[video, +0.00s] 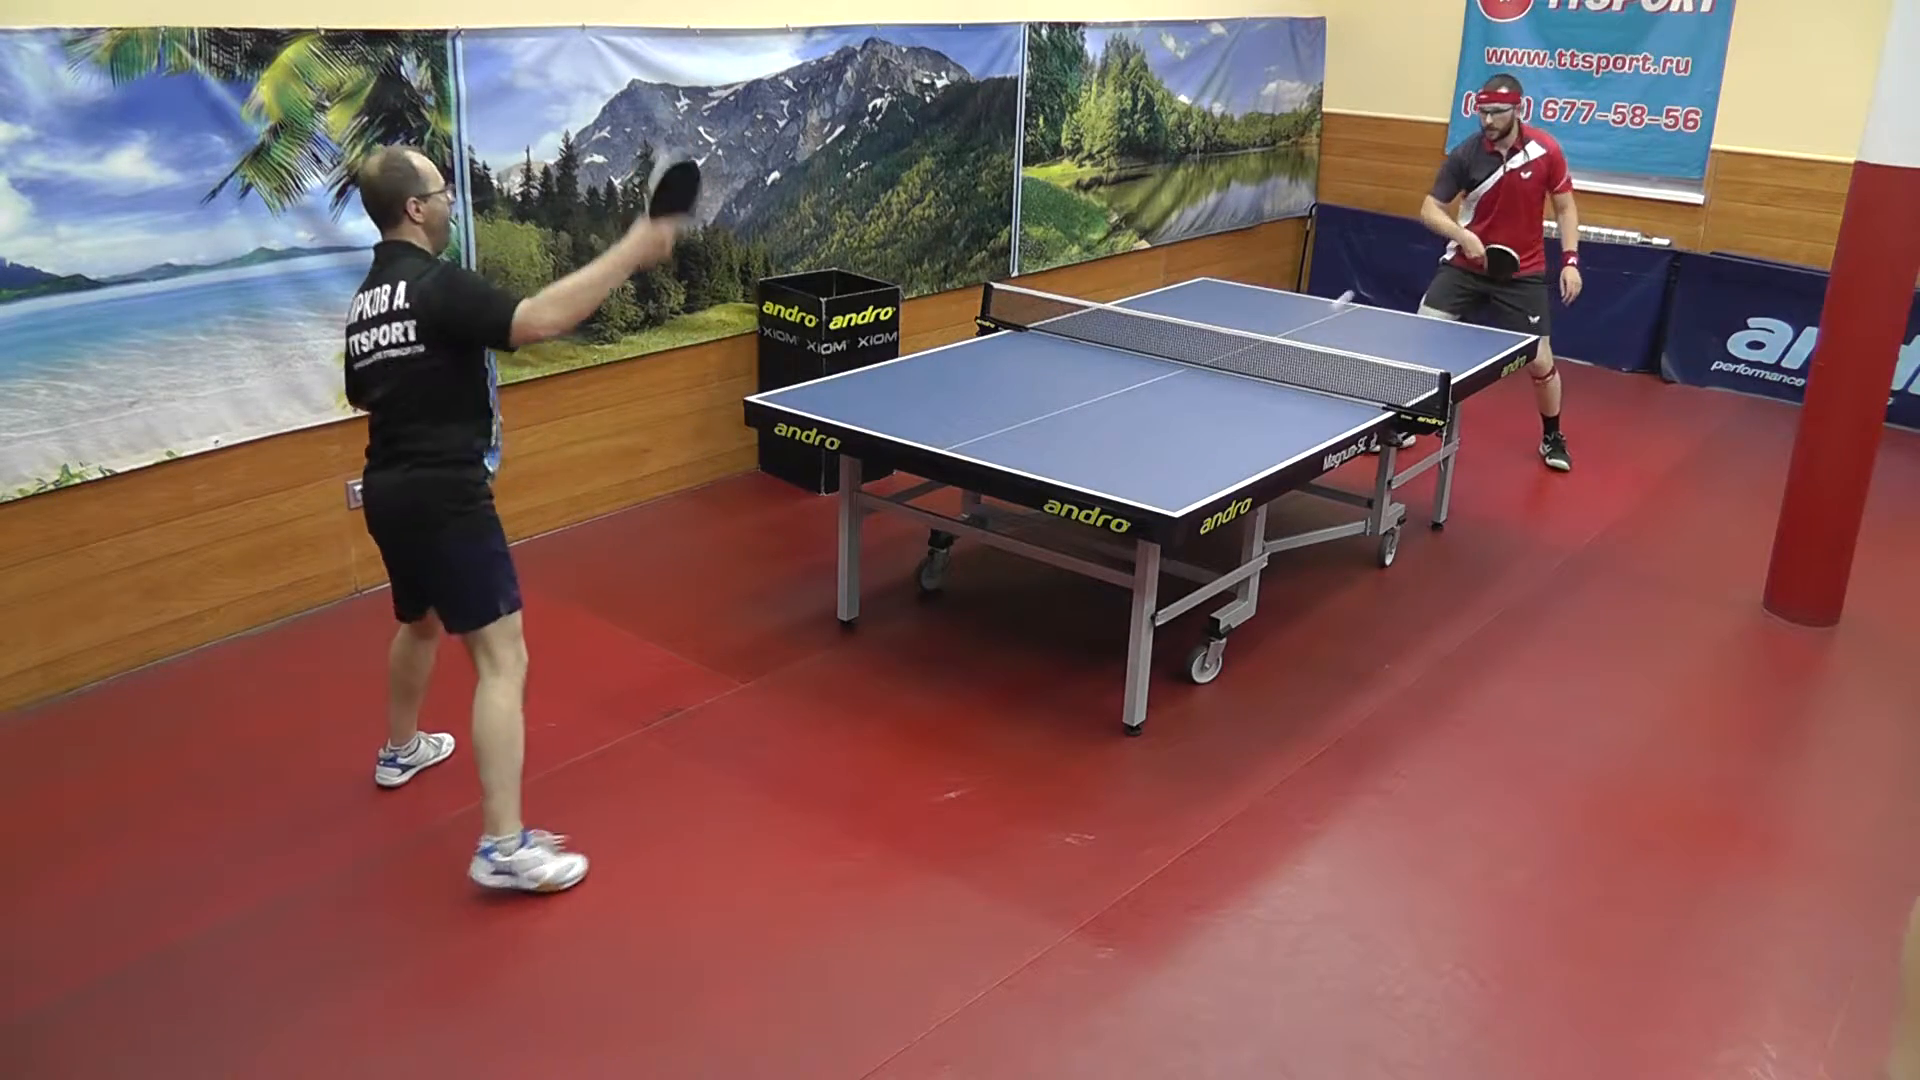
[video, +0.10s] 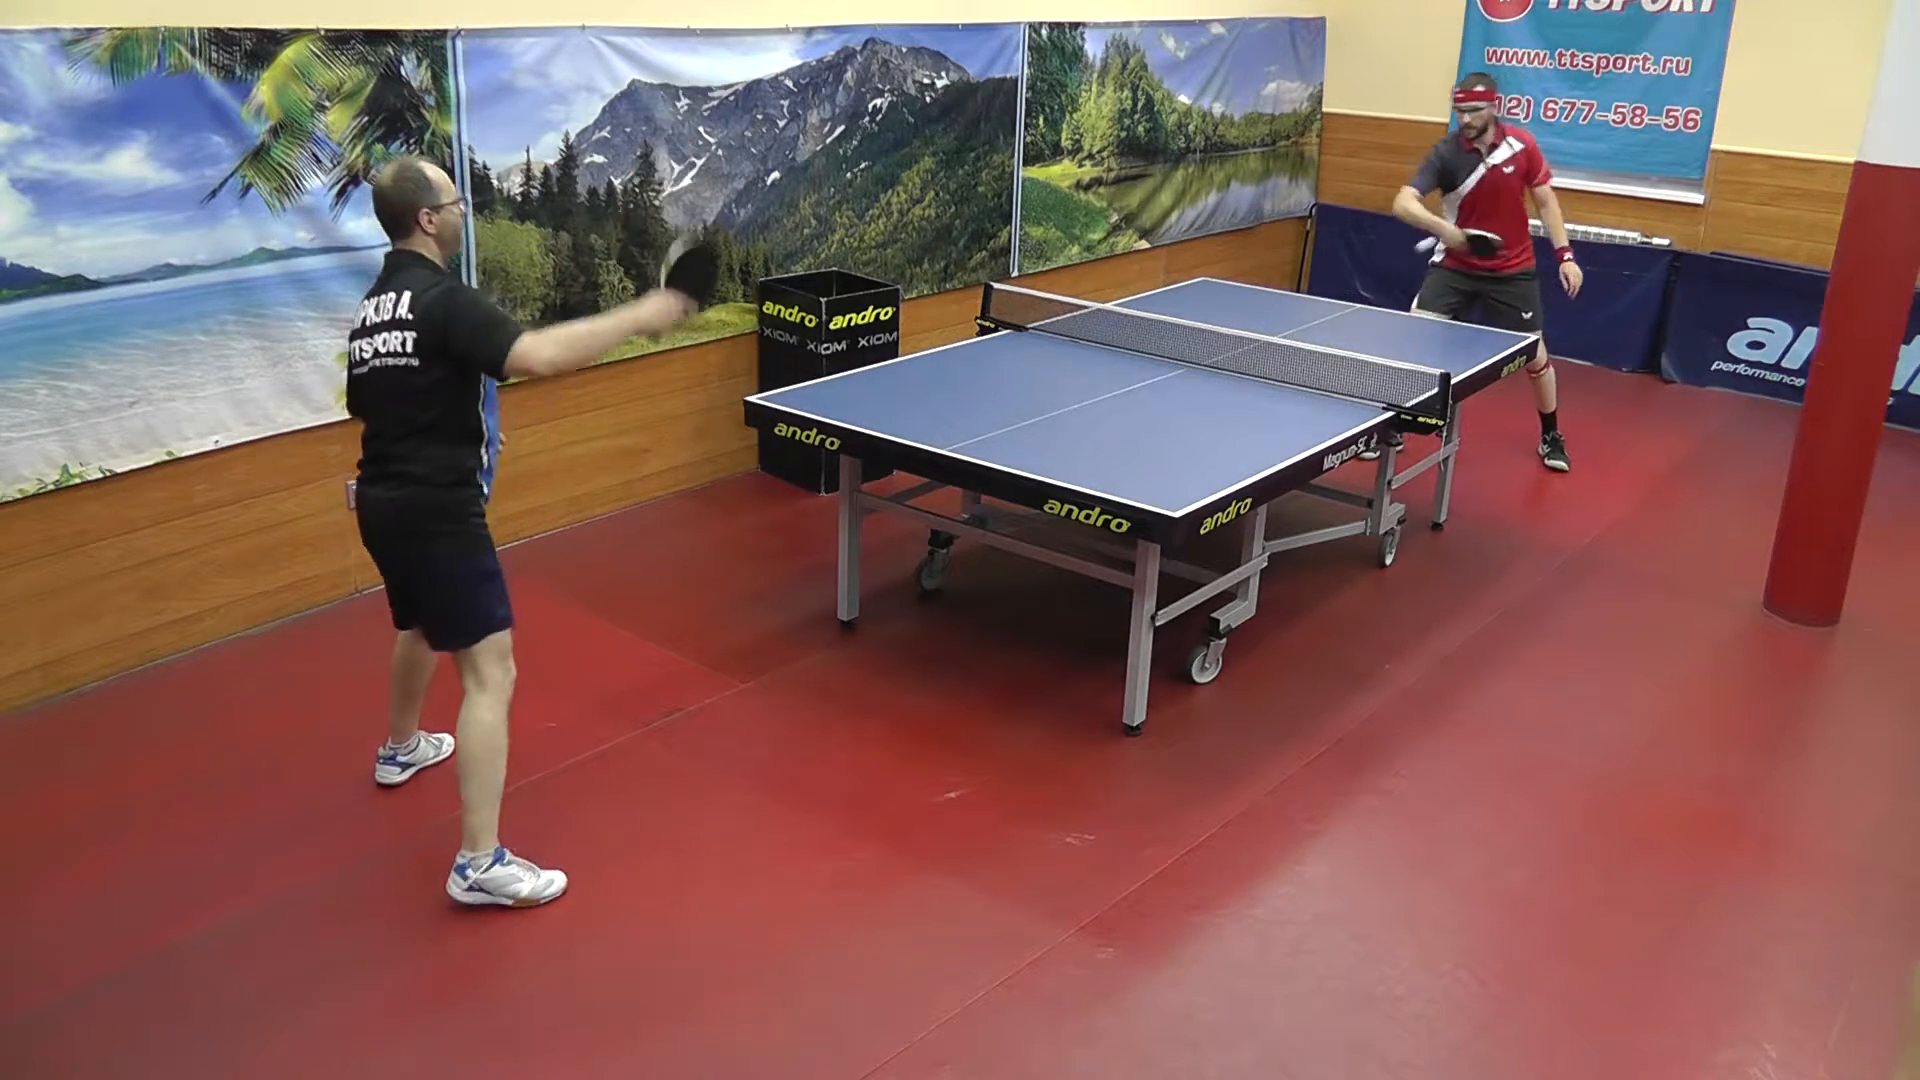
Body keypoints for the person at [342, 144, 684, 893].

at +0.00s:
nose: (450, 200)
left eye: (443, 187)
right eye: (441, 191)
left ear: (390, 213)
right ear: (417, 208)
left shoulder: (368, 299)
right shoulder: (439, 287)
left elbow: (360, 395)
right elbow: (535, 321)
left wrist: (440, 382)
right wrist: (630, 252)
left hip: (389, 493)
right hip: (450, 492)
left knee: (418, 623)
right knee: (501, 661)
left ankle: (400, 747)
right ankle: (504, 843)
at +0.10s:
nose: (464, 212)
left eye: (458, 200)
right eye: (455, 203)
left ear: (402, 222)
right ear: (428, 219)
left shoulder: (379, 300)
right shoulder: (443, 299)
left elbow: (361, 402)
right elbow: (533, 357)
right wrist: (642, 315)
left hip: (382, 502)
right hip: (438, 508)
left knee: (417, 625)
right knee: (489, 675)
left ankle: (399, 747)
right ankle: (480, 859)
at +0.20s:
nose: (481, 220)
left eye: (476, 210)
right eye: (473, 212)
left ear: (417, 233)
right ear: (446, 229)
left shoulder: (376, 313)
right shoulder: (460, 315)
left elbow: (368, 414)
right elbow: (535, 398)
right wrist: (641, 396)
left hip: (366, 512)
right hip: (427, 524)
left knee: (407, 619)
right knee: (480, 689)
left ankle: (386, 735)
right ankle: (476, 868)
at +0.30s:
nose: (497, 247)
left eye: (493, 235)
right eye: (490, 237)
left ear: (431, 250)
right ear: (462, 248)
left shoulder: (390, 317)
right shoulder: (456, 339)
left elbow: (395, 414)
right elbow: (514, 455)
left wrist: (468, 457)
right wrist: (593, 481)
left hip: (356, 525)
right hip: (409, 539)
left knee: (396, 628)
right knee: (491, 689)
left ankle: (341, 740)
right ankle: (476, 870)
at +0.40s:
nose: (487, 263)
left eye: (485, 250)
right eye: (483, 252)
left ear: (415, 259)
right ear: (463, 262)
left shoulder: (378, 323)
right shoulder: (446, 359)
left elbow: (390, 438)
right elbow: (479, 492)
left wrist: (468, 506)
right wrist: (500, 519)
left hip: (348, 527)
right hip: (403, 547)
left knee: (397, 626)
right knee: (495, 687)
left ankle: (335, 746)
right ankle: (476, 868)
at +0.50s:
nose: (447, 240)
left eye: (443, 228)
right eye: (443, 230)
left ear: (376, 238)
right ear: (428, 240)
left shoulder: (328, 319)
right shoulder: (444, 340)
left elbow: (286, 419)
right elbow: (479, 466)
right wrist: (444, 477)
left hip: (331, 523)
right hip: (406, 532)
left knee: (357, 631)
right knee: (474, 680)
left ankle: (328, 752)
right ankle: (478, 859)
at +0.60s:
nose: (404, 218)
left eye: (398, 206)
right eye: (401, 209)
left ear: (332, 223)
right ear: (392, 220)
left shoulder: (294, 313)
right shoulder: (429, 316)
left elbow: (231, 406)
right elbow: (488, 426)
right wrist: (460, 429)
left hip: (327, 521)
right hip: (408, 525)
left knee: (342, 636)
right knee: (449, 675)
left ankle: (325, 755)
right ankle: (464, 847)